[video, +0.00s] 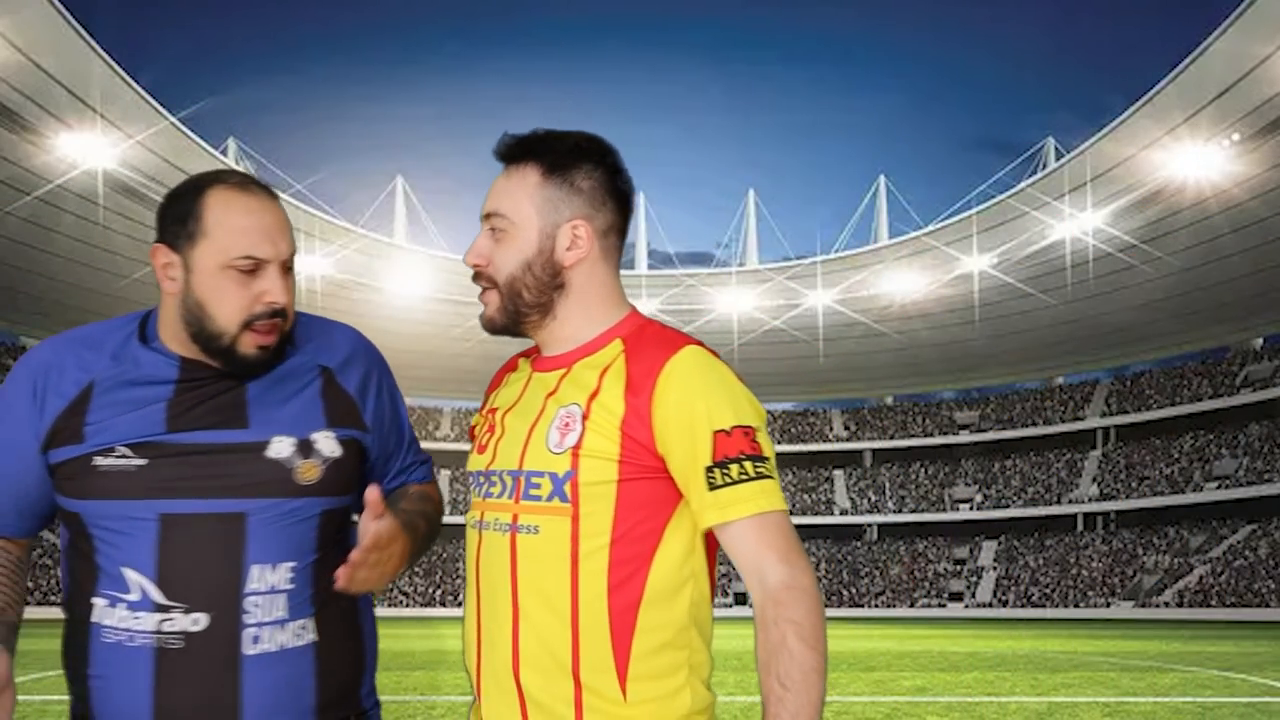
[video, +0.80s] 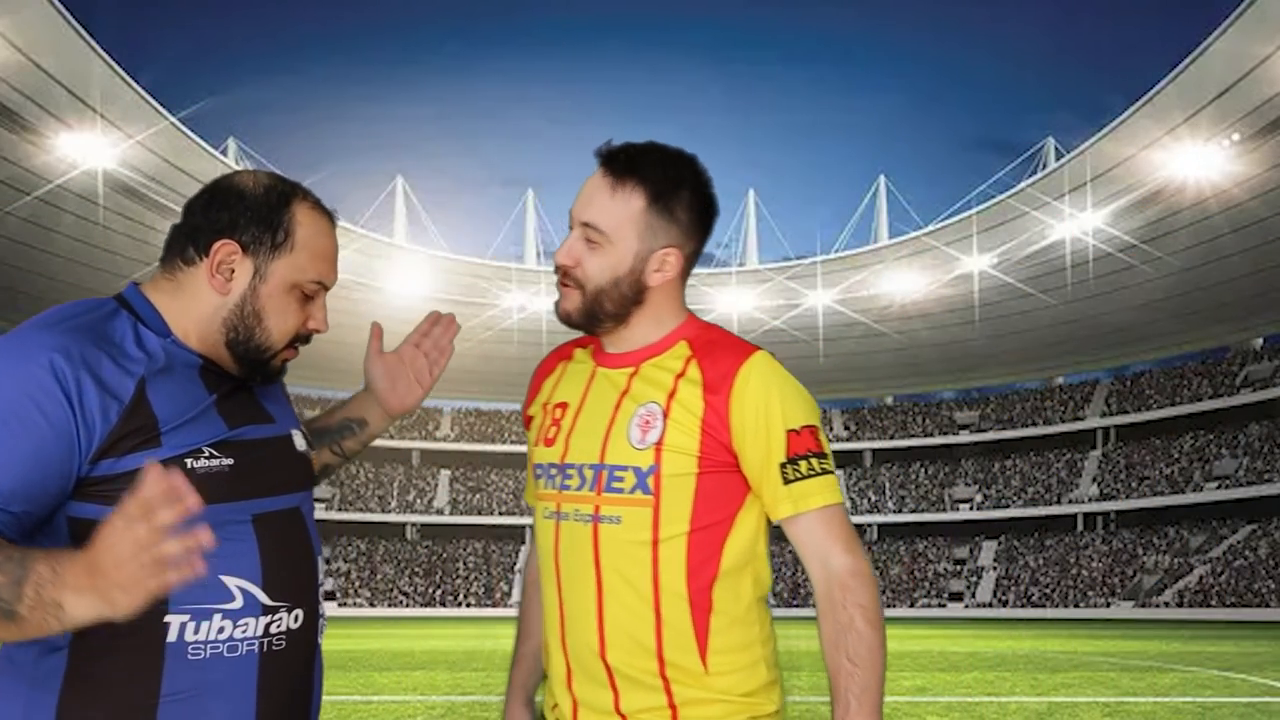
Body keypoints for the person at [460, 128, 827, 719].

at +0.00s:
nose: (472, 257)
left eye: (498, 230)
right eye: (482, 231)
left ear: (573, 243)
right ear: (573, 245)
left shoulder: (681, 376)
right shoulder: (506, 382)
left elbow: (784, 586)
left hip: (637, 704)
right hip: (500, 703)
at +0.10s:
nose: (454, 263)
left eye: (481, 236)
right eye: (461, 239)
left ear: (557, 246)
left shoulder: (660, 375)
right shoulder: (481, 386)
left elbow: (764, 580)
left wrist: (787, 712)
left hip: (630, 705)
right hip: (492, 704)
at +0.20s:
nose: (451, 267)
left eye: (478, 239)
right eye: (447, 242)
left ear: (552, 248)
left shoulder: (646, 371)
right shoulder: (451, 387)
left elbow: (752, 564)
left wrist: (793, 713)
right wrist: (424, 522)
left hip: (631, 703)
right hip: (488, 705)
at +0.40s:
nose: (524, 271)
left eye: (539, 240)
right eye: (492, 251)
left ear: (567, 239)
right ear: (458, 268)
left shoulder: (649, 366)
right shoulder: (438, 385)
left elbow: (749, 546)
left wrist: (803, 708)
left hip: (651, 701)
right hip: (502, 706)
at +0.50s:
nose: (558, 273)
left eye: (572, 242)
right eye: (524, 252)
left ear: (594, 240)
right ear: (485, 266)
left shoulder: (666, 365)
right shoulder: (454, 382)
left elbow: (764, 544)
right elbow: (470, 564)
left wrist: (812, 705)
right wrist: (484, 702)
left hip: (664, 699)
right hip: (518, 706)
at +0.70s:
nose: (538, 258)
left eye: (572, 244)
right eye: (542, 231)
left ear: (637, 269)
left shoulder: (712, 375)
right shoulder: (515, 375)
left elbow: (812, 563)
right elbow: (514, 545)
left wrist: (843, 711)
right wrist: (486, 692)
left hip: (691, 703)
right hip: (550, 706)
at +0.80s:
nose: (560, 255)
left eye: (592, 238)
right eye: (572, 232)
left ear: (663, 266)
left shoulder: (745, 382)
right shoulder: (554, 377)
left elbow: (843, 576)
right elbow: (546, 552)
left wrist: (856, 714)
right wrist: (518, 696)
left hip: (712, 705)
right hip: (571, 707)